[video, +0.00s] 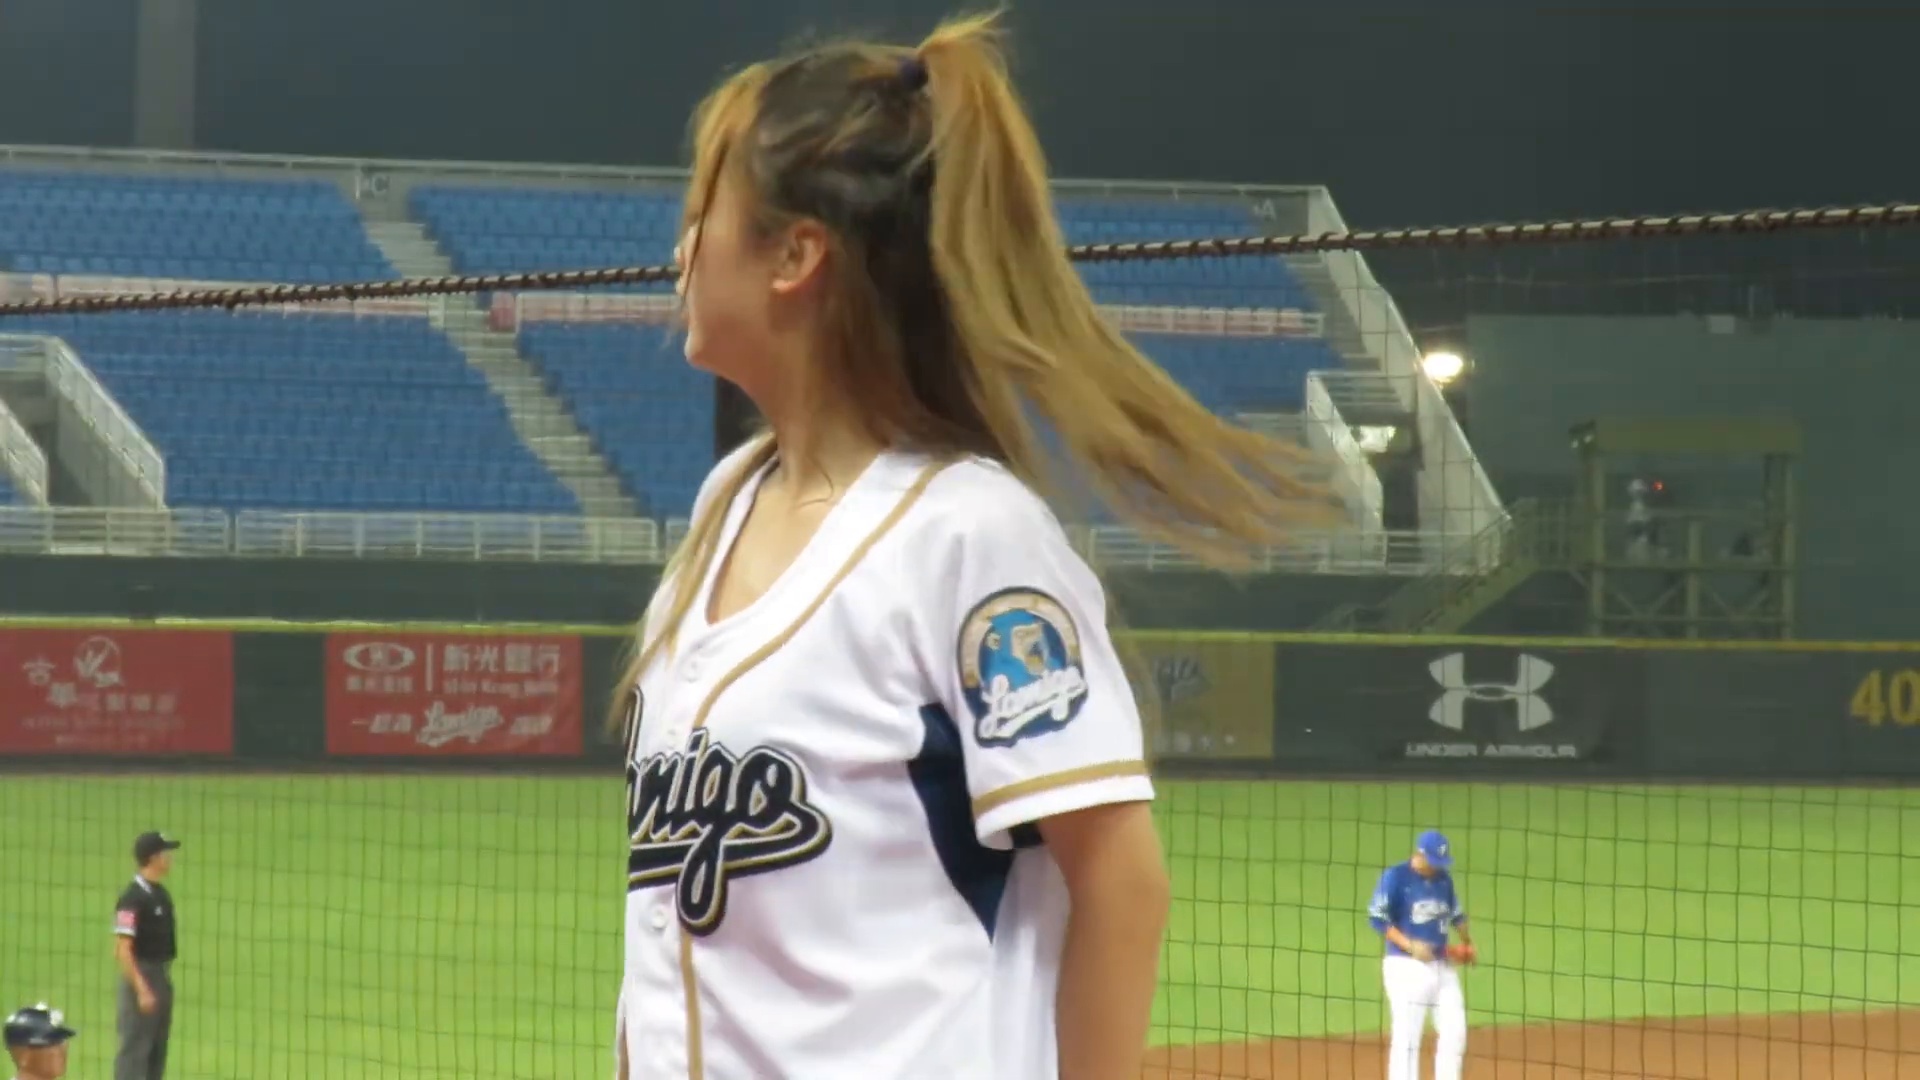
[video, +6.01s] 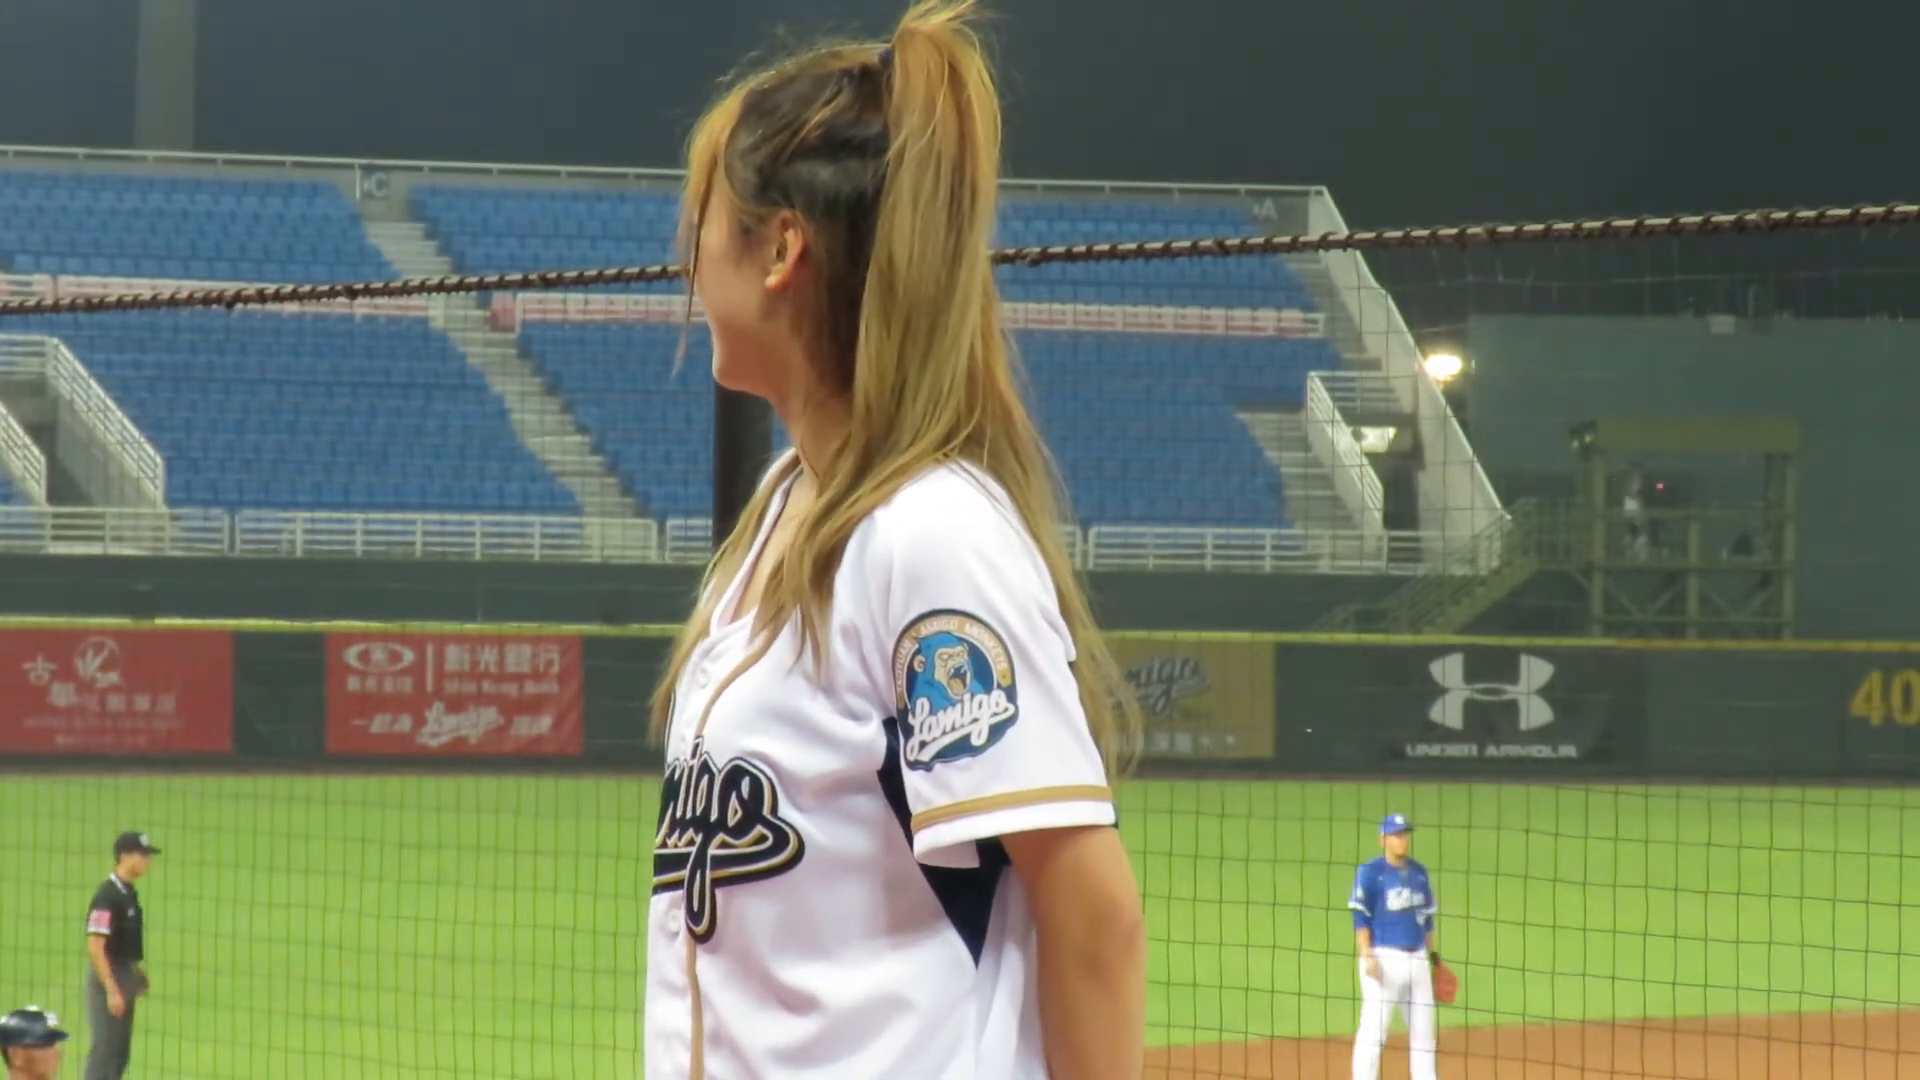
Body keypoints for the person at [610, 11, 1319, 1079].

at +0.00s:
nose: (680, 253)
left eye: (701, 218)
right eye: (692, 217)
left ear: (797, 259)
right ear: (796, 261)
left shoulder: (979, 529)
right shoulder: (726, 502)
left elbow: (1122, 884)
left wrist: (1086, 1075)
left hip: (908, 1059)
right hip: (679, 1057)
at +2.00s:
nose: (690, 258)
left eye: (705, 222)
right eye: (699, 220)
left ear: (779, 259)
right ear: (779, 259)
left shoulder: (931, 521)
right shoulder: (783, 499)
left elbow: (1089, 895)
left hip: (884, 1057)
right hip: (732, 1050)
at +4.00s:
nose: (686, 271)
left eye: (699, 229)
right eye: (693, 229)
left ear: (778, 253)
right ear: (774, 253)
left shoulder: (935, 536)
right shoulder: (782, 505)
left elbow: (1095, 914)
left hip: (884, 1058)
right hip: (718, 1052)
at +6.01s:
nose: (691, 260)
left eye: (705, 223)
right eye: (699, 222)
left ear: (783, 252)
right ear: (778, 252)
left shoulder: (936, 533)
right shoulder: (785, 502)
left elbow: (1096, 912)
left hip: (887, 1056)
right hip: (724, 1050)